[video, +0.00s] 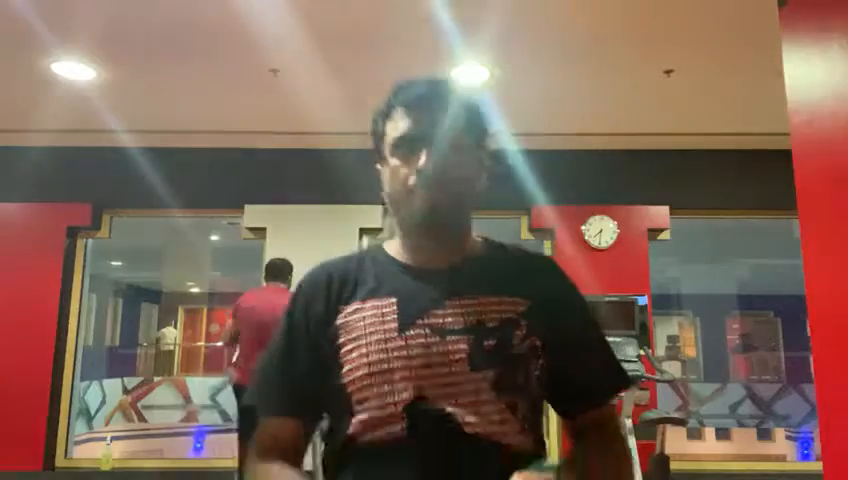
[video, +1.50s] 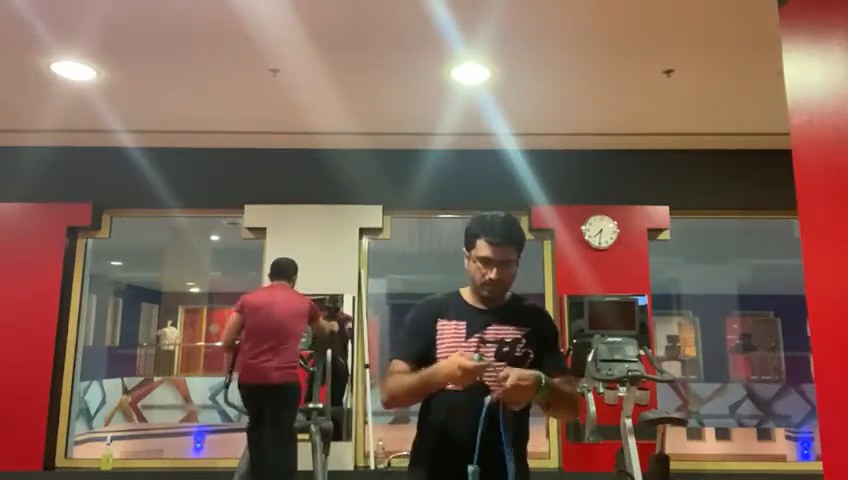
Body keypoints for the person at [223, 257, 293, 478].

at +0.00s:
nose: (286, 281)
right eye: (288, 277)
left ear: (265, 277)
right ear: (289, 278)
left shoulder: (246, 299)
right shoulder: (294, 302)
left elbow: (230, 337)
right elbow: (299, 342)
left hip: (246, 379)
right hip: (280, 380)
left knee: (245, 439)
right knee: (277, 439)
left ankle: (243, 474)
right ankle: (275, 473)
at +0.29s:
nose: (298, 280)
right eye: (297, 276)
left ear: (272, 275)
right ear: (296, 277)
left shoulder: (254, 297)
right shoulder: (301, 301)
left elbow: (251, 332)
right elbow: (306, 339)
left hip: (249, 375)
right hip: (282, 376)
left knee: (253, 438)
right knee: (277, 437)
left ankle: (244, 475)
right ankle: (273, 475)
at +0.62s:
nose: (293, 282)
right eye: (294, 279)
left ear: (269, 277)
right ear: (293, 280)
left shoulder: (248, 301)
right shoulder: (303, 306)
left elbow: (229, 340)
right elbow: (312, 341)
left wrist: (232, 367)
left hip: (250, 380)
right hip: (284, 381)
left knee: (256, 427)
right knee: (278, 432)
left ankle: (257, 472)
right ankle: (274, 474)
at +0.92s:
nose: (288, 284)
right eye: (288, 281)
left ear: (264, 280)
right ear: (288, 282)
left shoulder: (245, 302)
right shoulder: (295, 306)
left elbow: (229, 336)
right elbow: (313, 345)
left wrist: (251, 326)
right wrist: (319, 336)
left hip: (246, 385)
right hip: (283, 385)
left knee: (246, 444)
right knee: (295, 428)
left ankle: (244, 476)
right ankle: (291, 469)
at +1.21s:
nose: (295, 278)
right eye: (296, 275)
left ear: (271, 273)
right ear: (295, 275)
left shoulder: (250, 295)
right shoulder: (305, 300)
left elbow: (247, 334)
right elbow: (321, 341)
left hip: (251, 379)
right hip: (286, 379)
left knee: (253, 433)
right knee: (286, 438)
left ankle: (247, 476)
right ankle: (288, 477)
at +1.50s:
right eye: (295, 278)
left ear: (269, 276)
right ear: (294, 278)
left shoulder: (248, 299)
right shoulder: (304, 303)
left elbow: (226, 342)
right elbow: (322, 333)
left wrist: (242, 349)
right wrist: (330, 326)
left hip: (251, 382)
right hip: (286, 383)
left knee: (257, 429)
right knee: (283, 435)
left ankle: (258, 475)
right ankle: (283, 476)